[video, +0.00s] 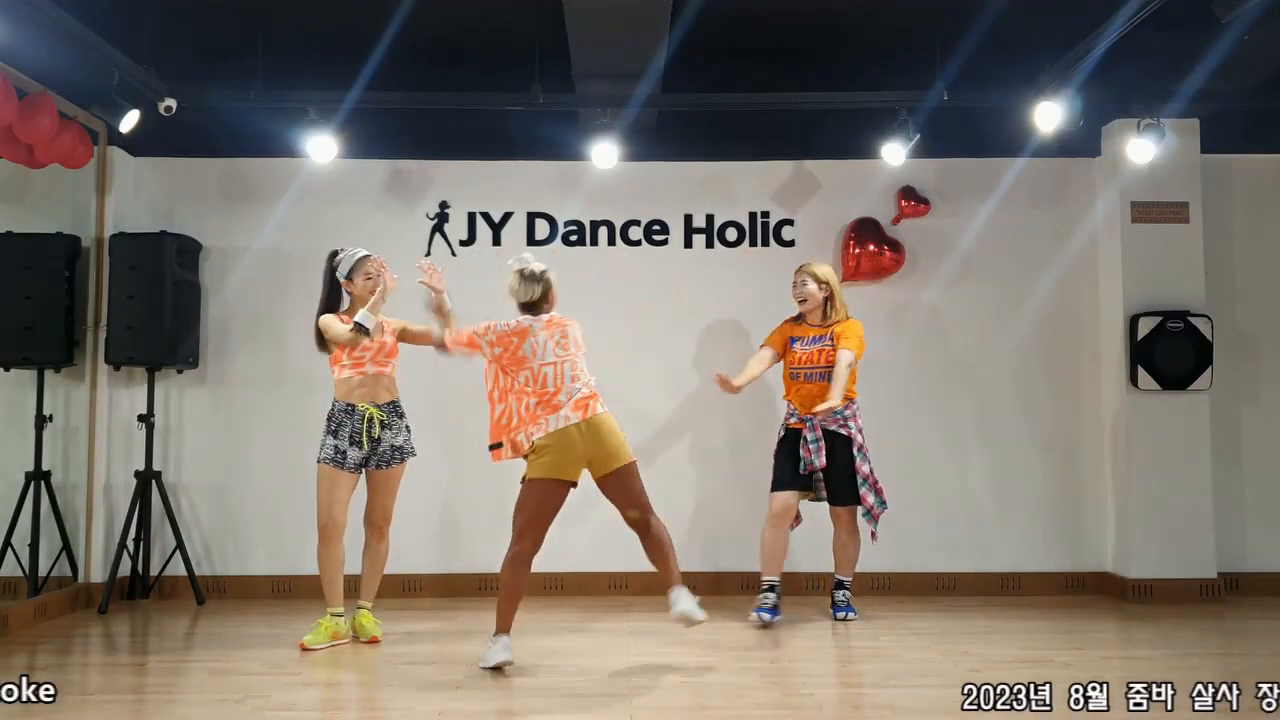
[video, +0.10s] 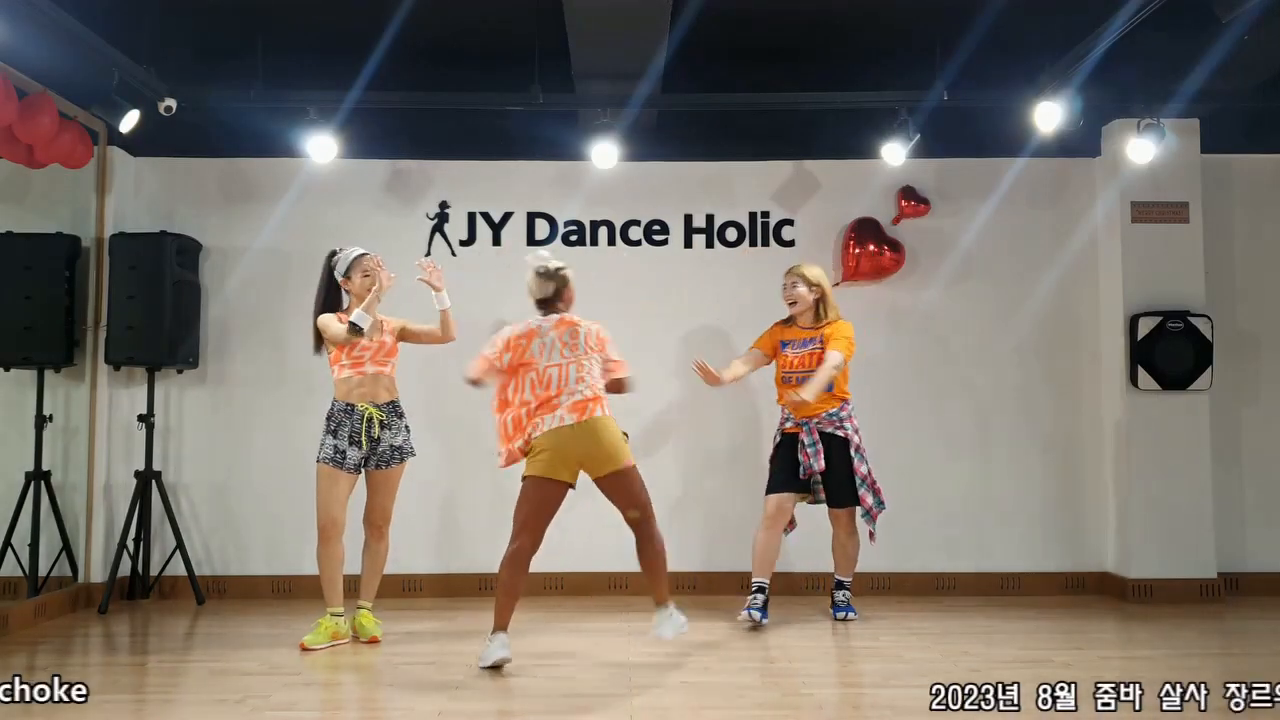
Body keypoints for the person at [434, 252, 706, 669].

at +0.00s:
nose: (554, 296)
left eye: (545, 291)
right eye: (553, 291)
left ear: (516, 297)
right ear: (550, 296)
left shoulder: (501, 333)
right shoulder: (569, 327)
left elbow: (448, 339)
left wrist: (441, 301)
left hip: (551, 440)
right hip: (599, 427)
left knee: (522, 544)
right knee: (643, 517)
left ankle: (500, 639)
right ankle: (678, 592)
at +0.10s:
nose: (570, 295)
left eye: (564, 291)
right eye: (569, 291)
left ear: (533, 298)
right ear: (567, 294)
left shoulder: (513, 337)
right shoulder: (593, 332)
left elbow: (474, 375)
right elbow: (620, 383)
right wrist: (578, 379)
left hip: (547, 438)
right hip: (596, 428)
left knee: (521, 542)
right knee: (641, 520)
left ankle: (498, 638)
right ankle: (665, 612)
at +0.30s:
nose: (627, 300)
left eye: (625, 295)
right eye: (625, 295)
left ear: (588, 304)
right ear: (619, 300)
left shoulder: (569, 347)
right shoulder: (639, 336)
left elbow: (580, 391)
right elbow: (701, 351)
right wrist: (687, 323)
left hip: (580, 450)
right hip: (626, 447)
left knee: (545, 540)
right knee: (656, 541)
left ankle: (498, 614)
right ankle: (653, 630)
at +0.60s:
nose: (688, 295)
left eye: (686, 289)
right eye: (685, 290)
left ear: (650, 296)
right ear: (679, 293)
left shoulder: (635, 333)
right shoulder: (691, 328)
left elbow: (682, 337)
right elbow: (744, 332)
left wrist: (713, 310)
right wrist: (732, 293)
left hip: (625, 441)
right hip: (658, 443)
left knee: (654, 526)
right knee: (671, 535)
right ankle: (656, 627)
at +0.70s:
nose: (695, 285)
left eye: (694, 279)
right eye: (687, 280)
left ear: (680, 286)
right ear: (665, 289)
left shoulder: (665, 323)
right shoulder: (679, 322)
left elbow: (717, 331)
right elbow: (740, 330)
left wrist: (725, 303)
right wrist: (731, 296)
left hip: (671, 443)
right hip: (655, 442)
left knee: (706, 521)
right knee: (675, 536)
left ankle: (686, 597)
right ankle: (657, 627)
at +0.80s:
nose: (692, 274)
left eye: (696, 267)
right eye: (681, 269)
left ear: (704, 275)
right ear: (665, 281)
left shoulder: (698, 320)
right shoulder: (670, 316)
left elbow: (731, 351)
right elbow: (735, 340)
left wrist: (741, 324)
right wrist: (741, 319)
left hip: (697, 441)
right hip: (662, 440)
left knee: (724, 520)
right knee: (676, 533)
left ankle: (732, 611)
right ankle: (655, 619)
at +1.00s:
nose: (710, 291)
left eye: (717, 283)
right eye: (700, 285)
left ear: (727, 291)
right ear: (687, 294)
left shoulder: (739, 344)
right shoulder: (676, 338)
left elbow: (744, 404)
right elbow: (681, 395)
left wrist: (754, 449)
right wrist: (724, 426)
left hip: (729, 461)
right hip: (681, 459)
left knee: (743, 543)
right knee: (680, 547)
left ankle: (753, 640)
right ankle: (662, 609)